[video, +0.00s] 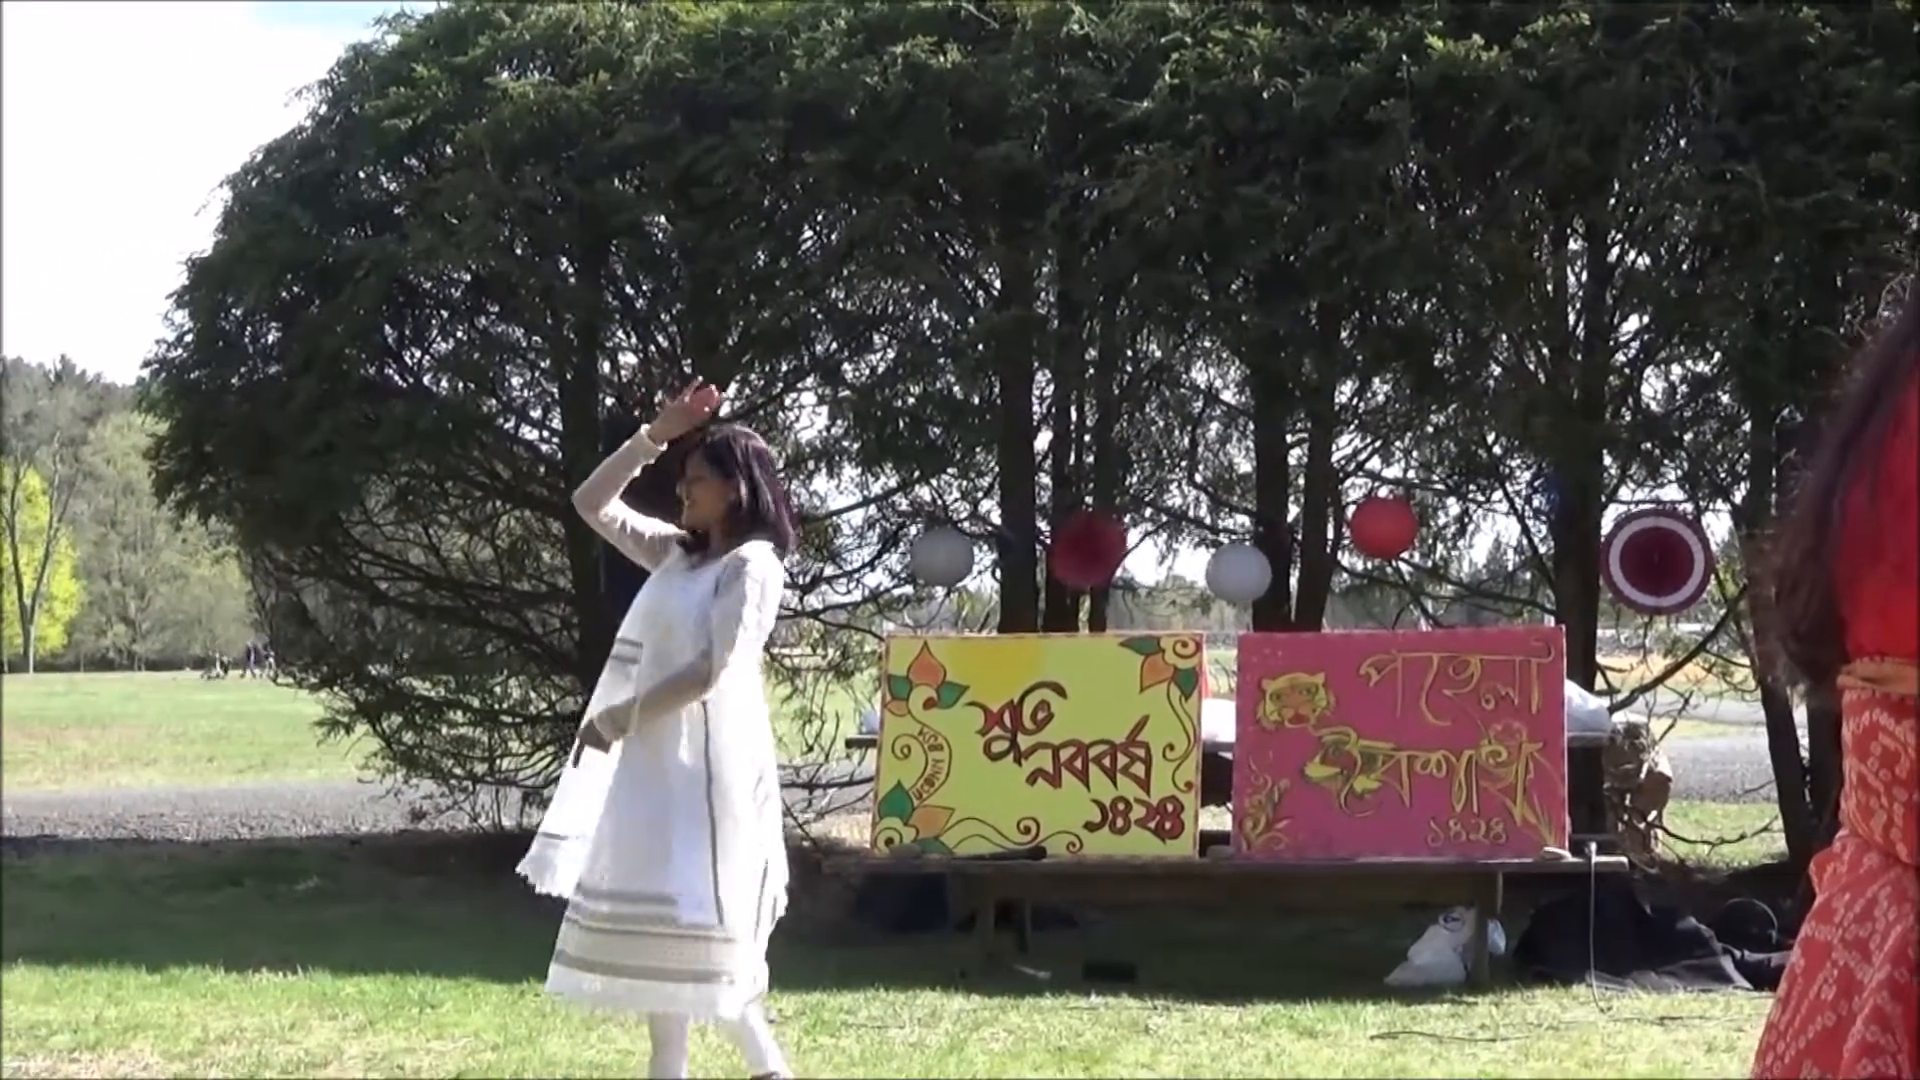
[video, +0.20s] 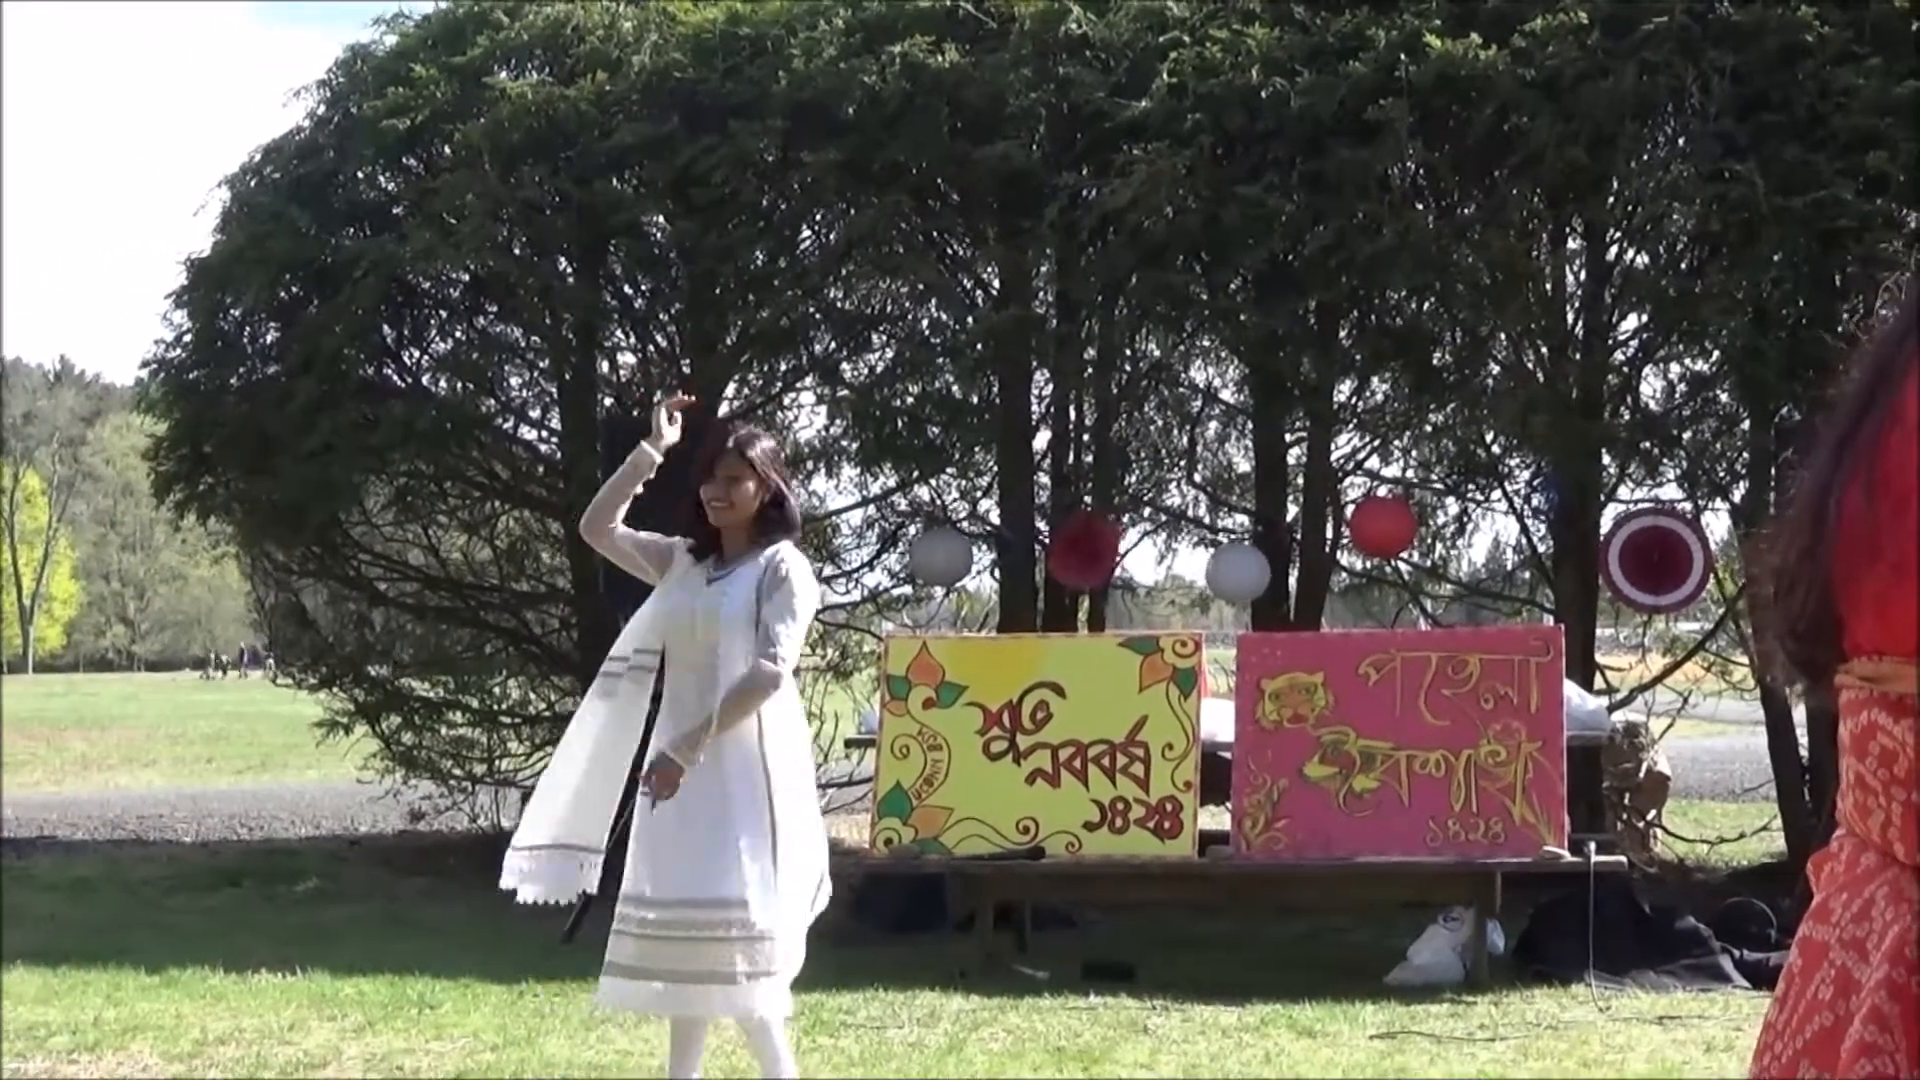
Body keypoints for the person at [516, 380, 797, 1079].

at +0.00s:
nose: (684, 491)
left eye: (697, 478)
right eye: (683, 480)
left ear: (738, 485)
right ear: (686, 487)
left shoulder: (753, 563)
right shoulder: (676, 553)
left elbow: (715, 670)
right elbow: (592, 501)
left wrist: (621, 715)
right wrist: (658, 430)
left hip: (707, 776)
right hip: (652, 772)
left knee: (703, 937)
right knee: (661, 932)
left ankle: (771, 1067)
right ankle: (667, 1069)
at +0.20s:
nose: (717, 489)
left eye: (734, 477)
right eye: (708, 475)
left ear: (767, 488)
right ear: (698, 484)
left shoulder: (782, 567)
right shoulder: (682, 560)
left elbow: (772, 672)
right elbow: (597, 528)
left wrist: (687, 747)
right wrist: (654, 447)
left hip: (744, 777)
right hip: (676, 771)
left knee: (735, 946)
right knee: (679, 937)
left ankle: (781, 1070)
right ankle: (682, 1072)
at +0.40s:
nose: (745, 491)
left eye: (759, 478)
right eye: (732, 479)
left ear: (785, 489)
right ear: (716, 490)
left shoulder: (805, 566)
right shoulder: (693, 568)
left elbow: (816, 668)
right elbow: (600, 551)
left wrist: (797, 755)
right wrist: (620, 456)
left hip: (774, 769)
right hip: (709, 769)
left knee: (726, 920)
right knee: (745, 928)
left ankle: (695, 1070)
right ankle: (784, 1070)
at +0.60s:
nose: (759, 490)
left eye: (771, 477)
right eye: (746, 478)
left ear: (793, 485)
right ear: (726, 488)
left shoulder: (817, 560)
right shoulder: (694, 563)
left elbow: (857, 661)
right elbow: (591, 561)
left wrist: (893, 740)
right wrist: (573, 465)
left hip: (790, 763)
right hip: (713, 760)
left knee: (751, 911)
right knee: (757, 917)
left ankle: (727, 1068)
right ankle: (787, 1069)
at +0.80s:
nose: (769, 482)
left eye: (779, 471)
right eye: (754, 472)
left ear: (797, 481)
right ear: (728, 484)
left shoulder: (821, 554)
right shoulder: (694, 558)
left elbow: (894, 634)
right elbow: (588, 559)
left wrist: (968, 690)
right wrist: (527, 487)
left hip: (799, 766)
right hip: (719, 765)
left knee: (757, 917)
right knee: (772, 928)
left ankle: (734, 1069)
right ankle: (788, 1068)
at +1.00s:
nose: (768, 483)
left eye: (777, 471)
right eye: (753, 472)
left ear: (793, 480)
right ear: (727, 483)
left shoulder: (820, 557)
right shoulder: (693, 558)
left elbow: (907, 619)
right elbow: (584, 575)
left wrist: (994, 660)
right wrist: (513, 528)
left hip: (799, 758)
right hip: (720, 756)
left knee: (770, 908)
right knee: (753, 911)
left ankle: (763, 1068)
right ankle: (783, 1063)